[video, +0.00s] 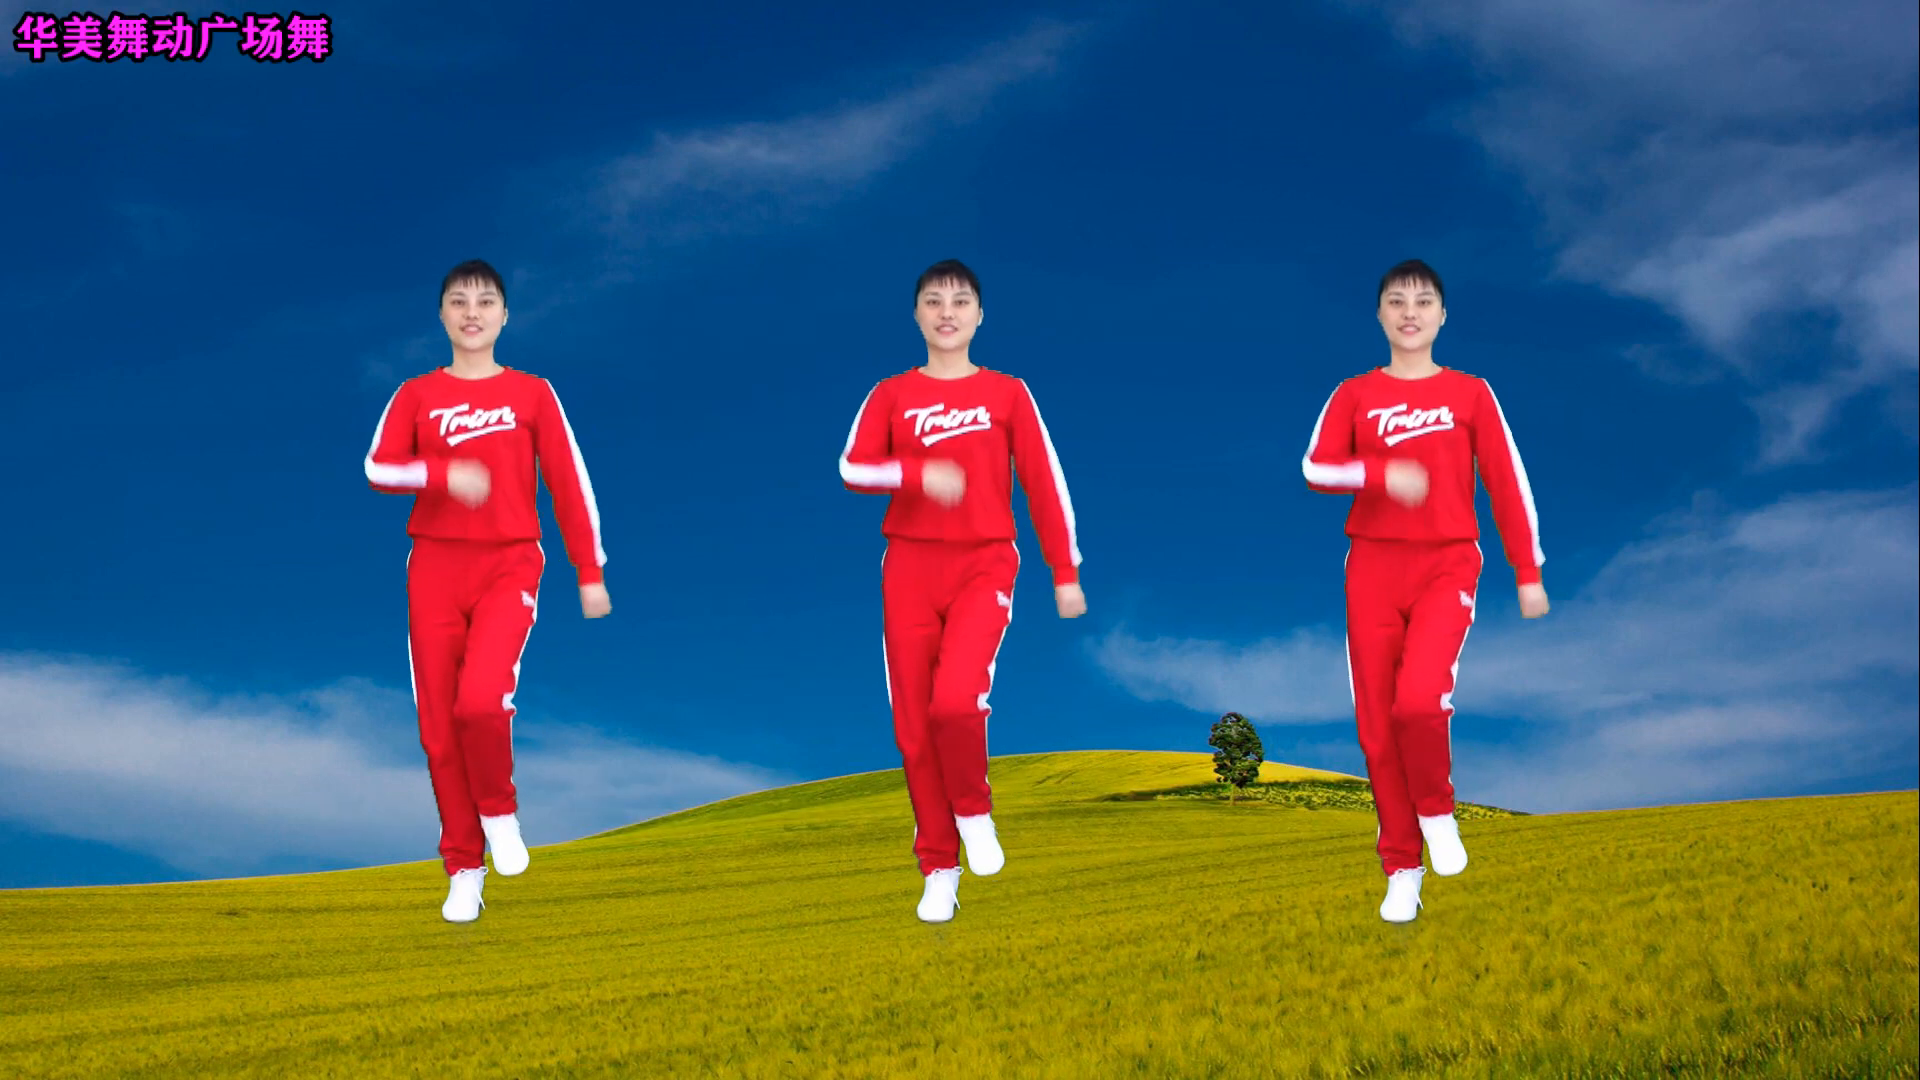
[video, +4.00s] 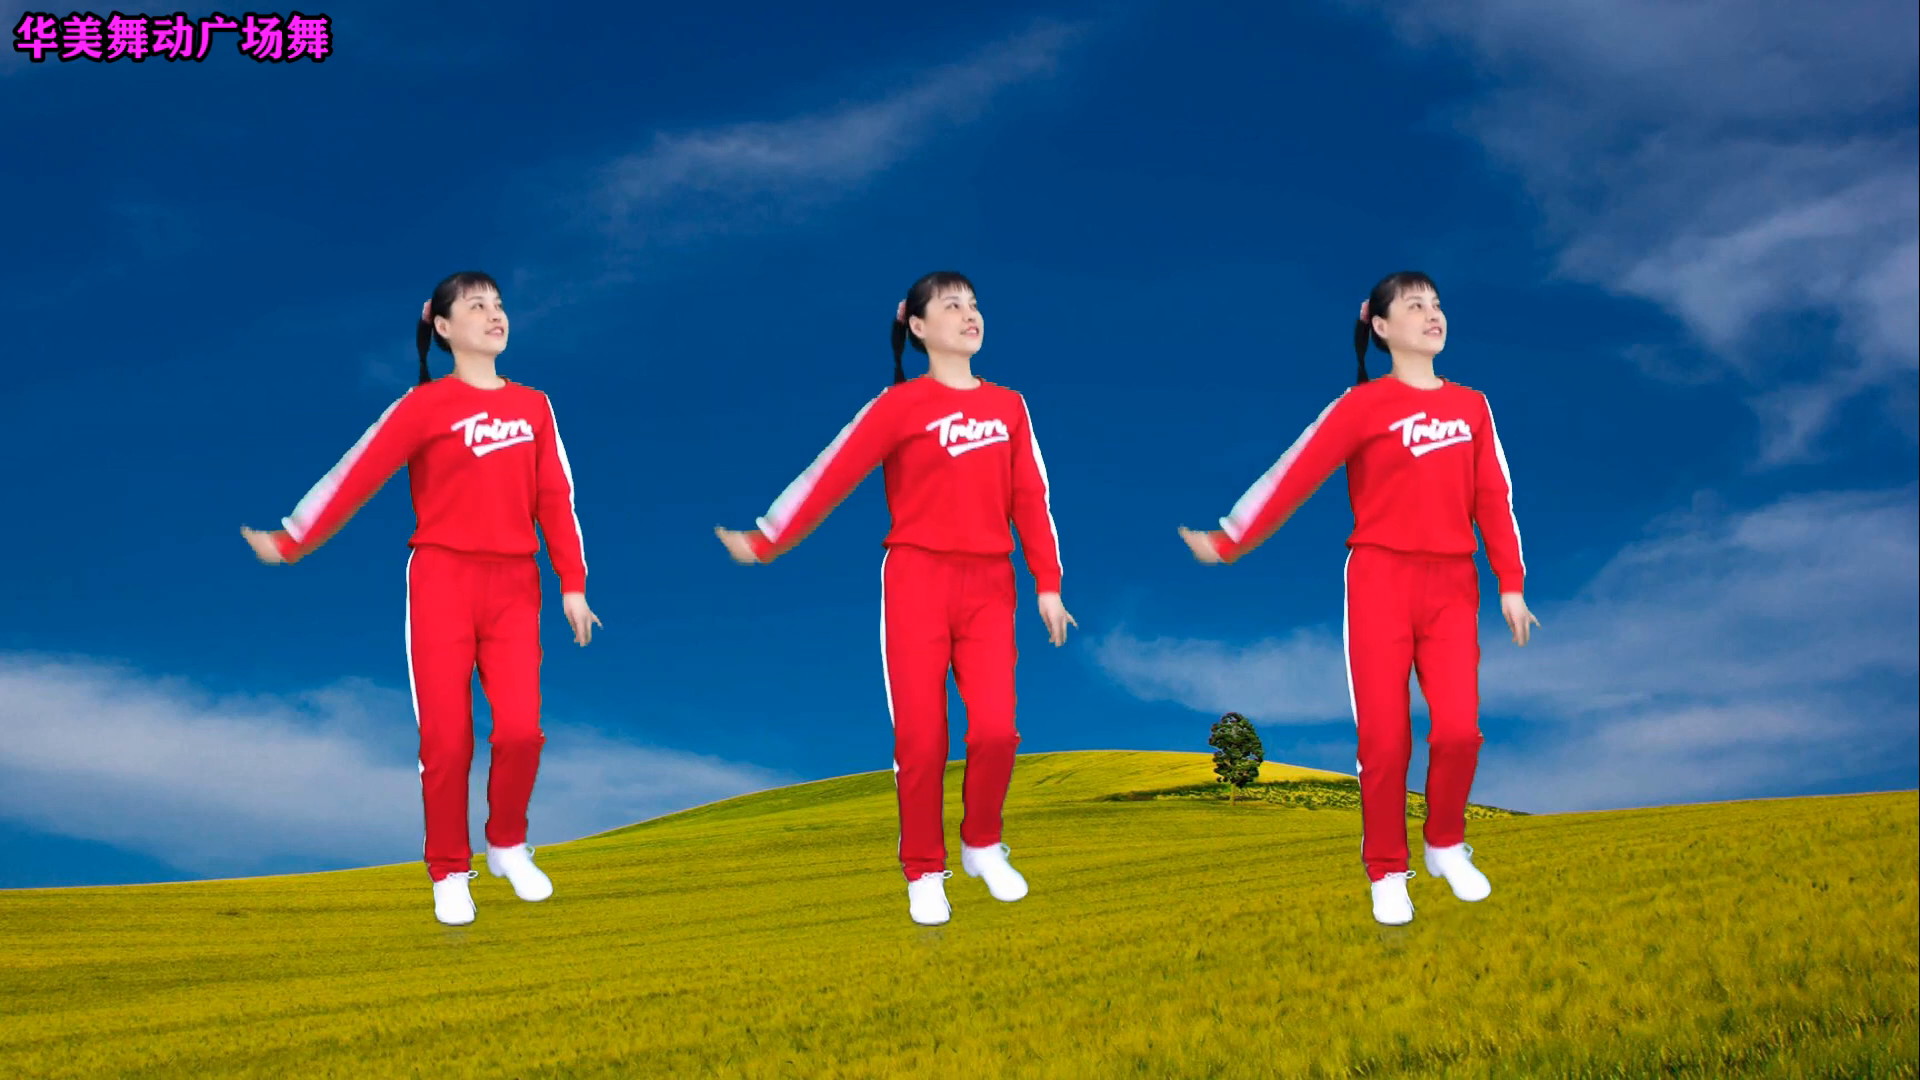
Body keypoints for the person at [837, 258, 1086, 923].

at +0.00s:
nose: (947, 312)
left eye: (959, 302)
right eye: (935, 302)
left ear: (978, 314)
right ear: (918, 315)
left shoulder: (1009, 392)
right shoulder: (890, 394)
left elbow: (1045, 482)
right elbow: (853, 469)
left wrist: (1065, 572)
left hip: (985, 567)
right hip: (909, 567)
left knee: (954, 705)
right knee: (912, 724)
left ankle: (972, 809)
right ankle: (938, 863)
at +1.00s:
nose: (949, 310)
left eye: (961, 300)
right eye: (935, 302)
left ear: (979, 314)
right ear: (918, 319)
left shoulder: (1008, 392)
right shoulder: (889, 391)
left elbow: (1026, 475)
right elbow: (829, 459)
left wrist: (982, 412)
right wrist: (771, 525)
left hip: (996, 567)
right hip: (919, 568)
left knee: (989, 726)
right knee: (927, 727)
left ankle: (981, 869)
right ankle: (931, 869)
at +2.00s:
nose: (948, 327)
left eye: (959, 316)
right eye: (934, 317)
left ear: (977, 325)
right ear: (919, 329)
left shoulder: (1009, 406)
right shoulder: (894, 410)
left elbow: (1029, 495)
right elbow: (874, 504)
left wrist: (1014, 568)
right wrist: (862, 592)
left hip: (998, 578)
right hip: (922, 579)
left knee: (997, 729)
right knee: (950, 703)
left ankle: (971, 869)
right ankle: (937, 805)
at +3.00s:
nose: (937, 306)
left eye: (951, 296)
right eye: (925, 296)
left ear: (969, 311)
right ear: (908, 310)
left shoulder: (1000, 383)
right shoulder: (879, 394)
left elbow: (1063, 452)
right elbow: (843, 481)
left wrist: (1119, 518)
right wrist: (888, 426)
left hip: (979, 566)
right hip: (902, 568)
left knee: (967, 729)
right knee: (915, 731)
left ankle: (971, 868)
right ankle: (929, 869)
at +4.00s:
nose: (969, 314)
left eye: (973, 305)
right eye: (952, 306)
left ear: (980, 324)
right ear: (917, 327)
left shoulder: (1008, 405)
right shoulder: (898, 404)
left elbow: (1032, 499)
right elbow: (831, 473)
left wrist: (1048, 583)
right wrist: (765, 540)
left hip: (991, 579)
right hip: (918, 577)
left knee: (998, 728)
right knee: (922, 732)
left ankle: (983, 844)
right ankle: (924, 870)